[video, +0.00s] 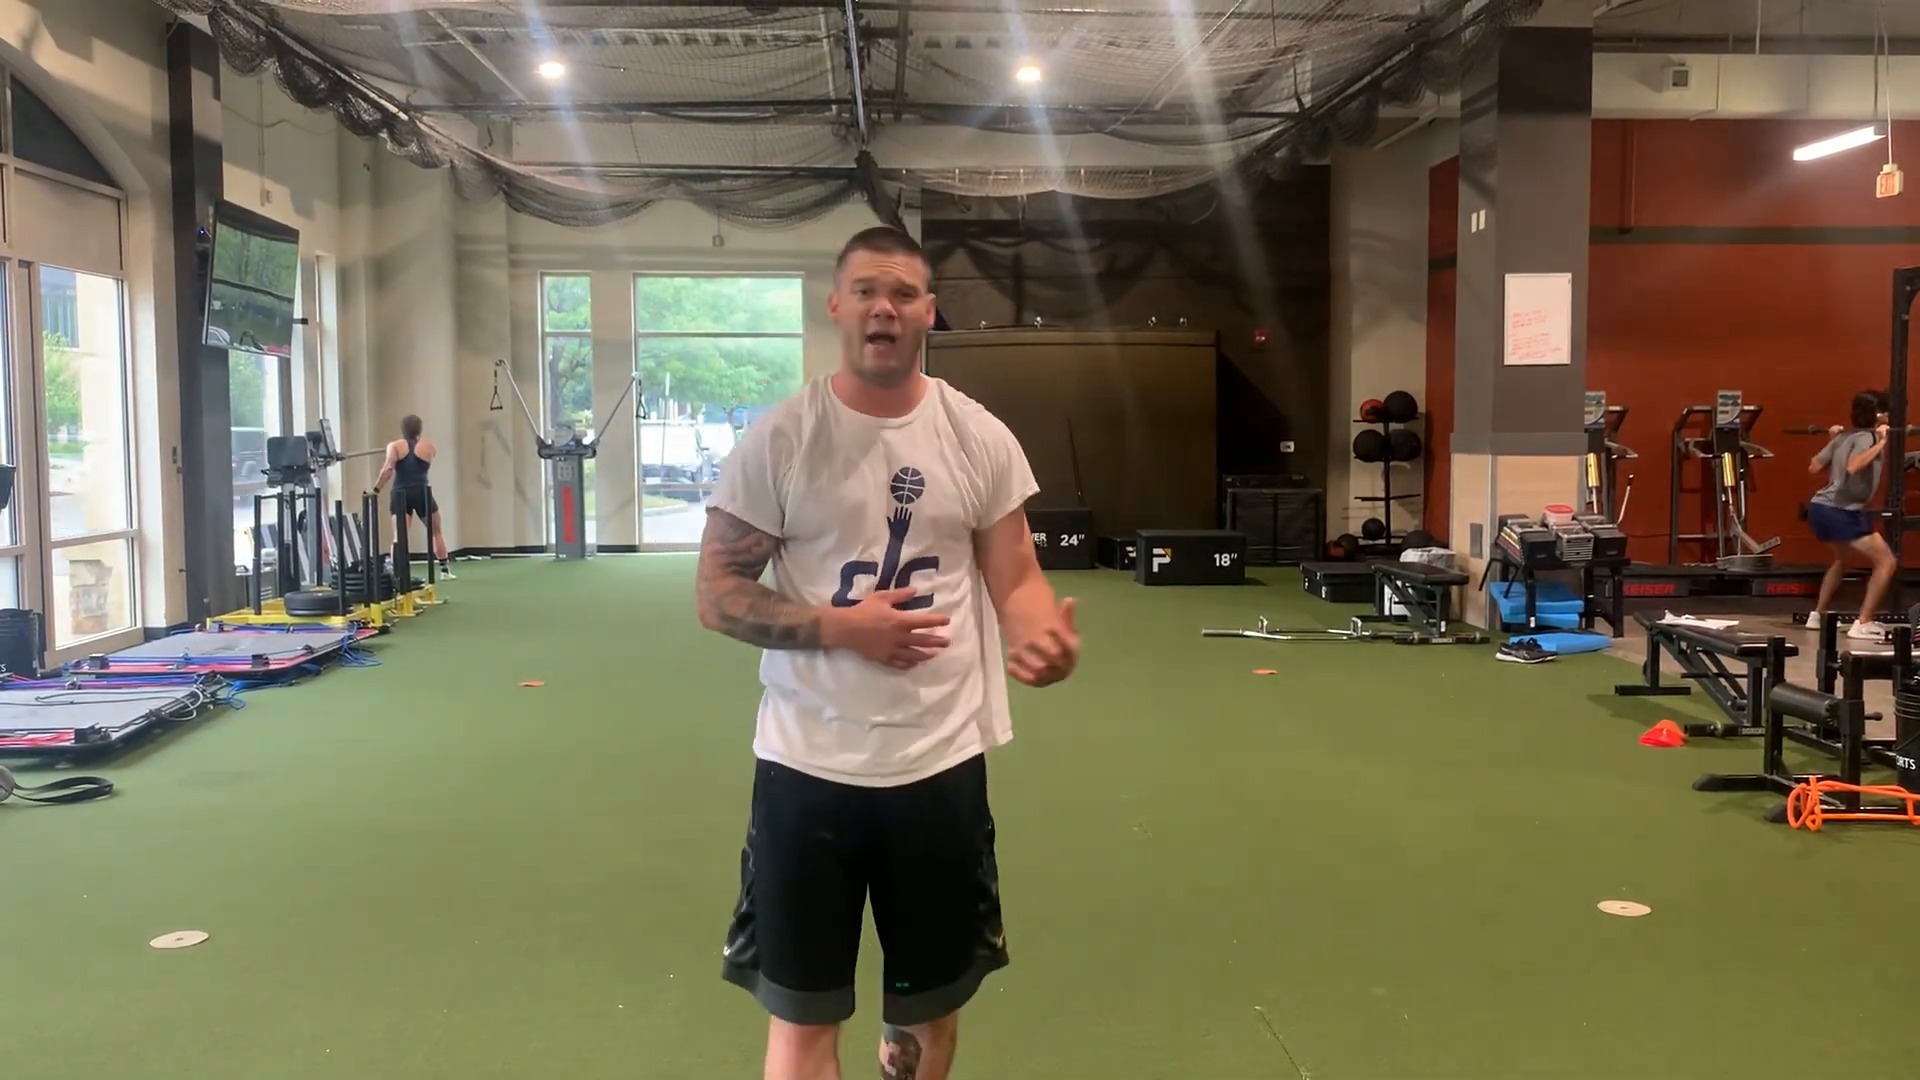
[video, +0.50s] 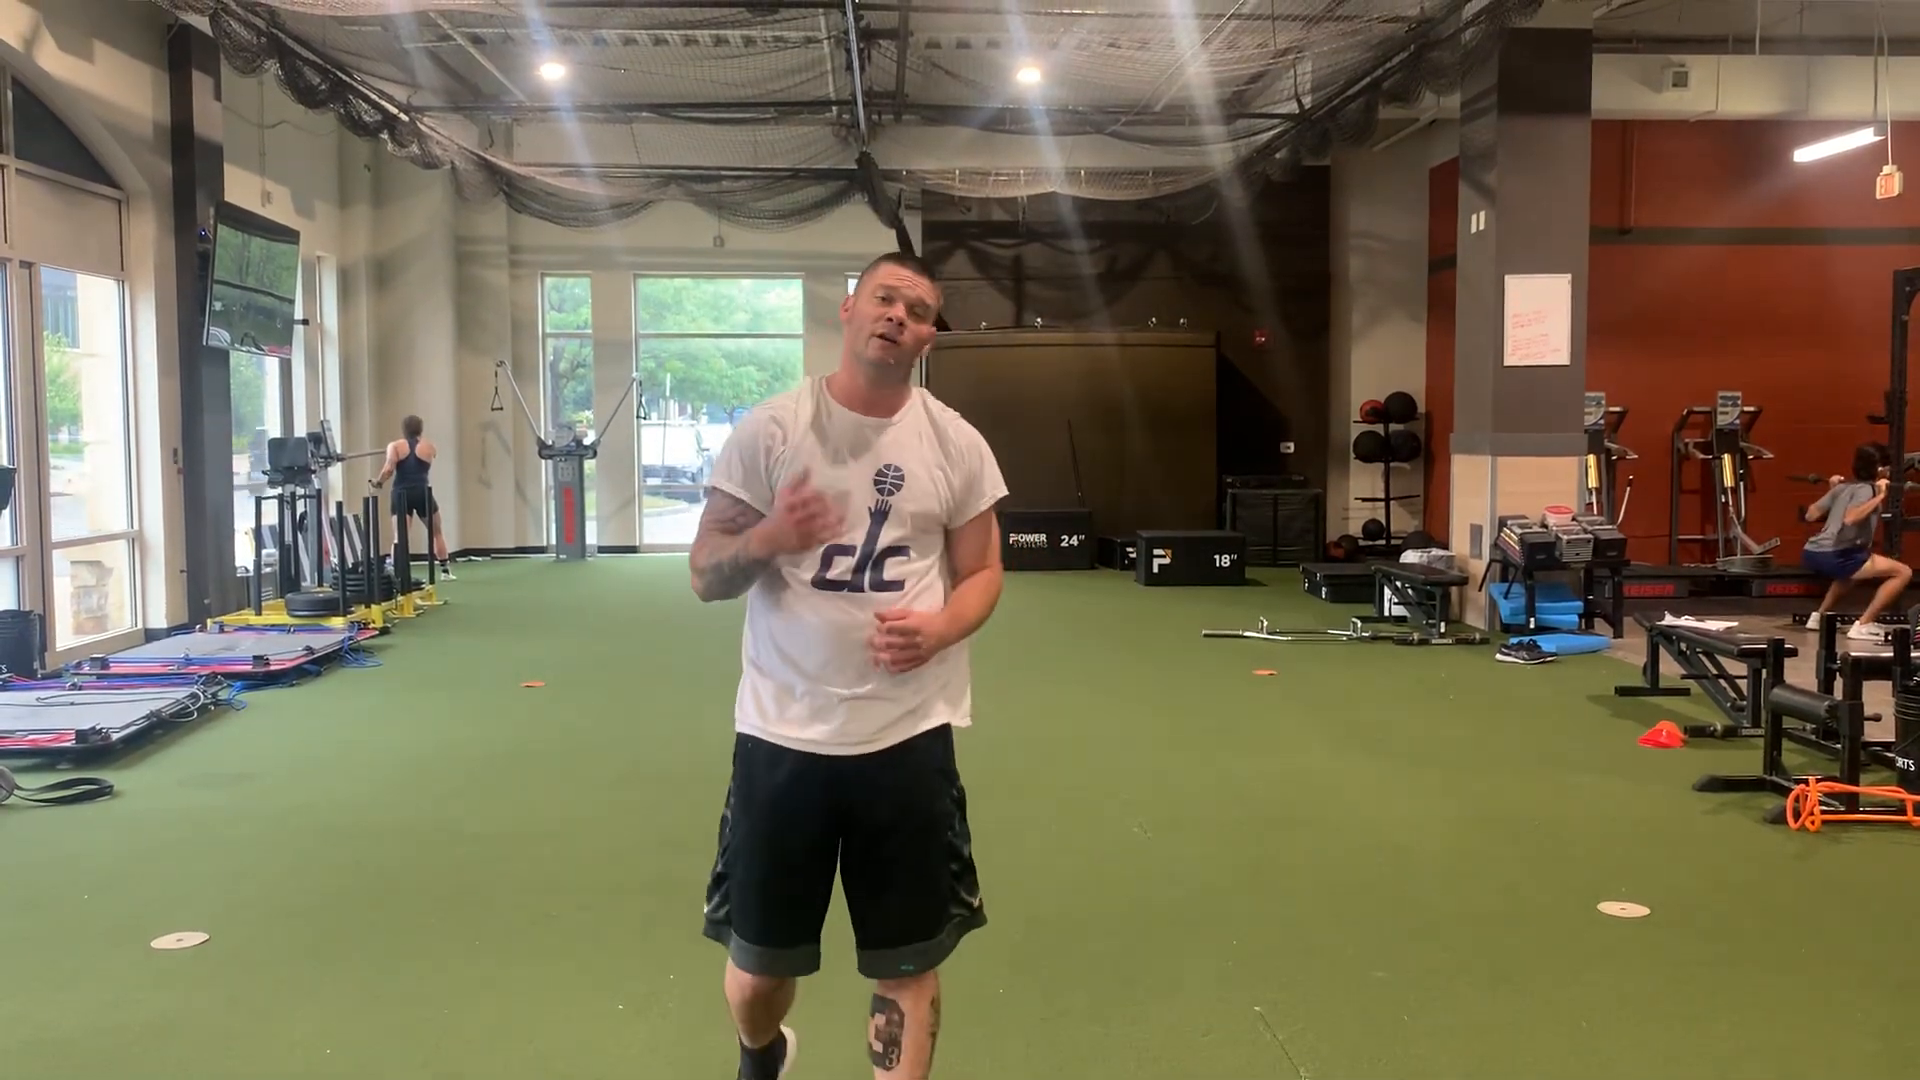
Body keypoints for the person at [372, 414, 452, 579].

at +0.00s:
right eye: (418, 428)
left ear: (403, 430)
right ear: (420, 430)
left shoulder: (394, 447)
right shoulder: (429, 448)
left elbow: (388, 469)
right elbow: (423, 467)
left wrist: (377, 488)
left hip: (400, 493)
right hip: (422, 492)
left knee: (398, 536)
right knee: (436, 532)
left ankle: (394, 571)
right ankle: (445, 569)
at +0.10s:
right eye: (418, 428)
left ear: (403, 430)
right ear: (420, 429)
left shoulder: (394, 446)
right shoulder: (429, 447)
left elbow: (388, 469)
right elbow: (424, 466)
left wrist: (377, 488)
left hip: (400, 493)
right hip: (421, 492)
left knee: (398, 536)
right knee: (436, 531)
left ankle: (394, 570)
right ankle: (445, 569)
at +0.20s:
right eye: (418, 428)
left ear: (403, 429)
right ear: (420, 429)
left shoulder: (394, 446)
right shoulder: (429, 447)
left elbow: (388, 469)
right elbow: (425, 466)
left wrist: (377, 486)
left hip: (400, 492)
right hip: (421, 492)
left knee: (398, 536)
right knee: (436, 531)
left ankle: (394, 570)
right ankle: (445, 569)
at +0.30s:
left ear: (403, 430)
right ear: (420, 430)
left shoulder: (394, 446)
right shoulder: (429, 447)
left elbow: (388, 469)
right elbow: (425, 466)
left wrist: (377, 486)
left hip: (401, 493)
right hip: (422, 493)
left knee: (399, 537)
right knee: (436, 532)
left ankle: (395, 572)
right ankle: (445, 569)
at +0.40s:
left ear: (403, 430)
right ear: (420, 430)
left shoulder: (394, 446)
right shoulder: (429, 447)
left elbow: (388, 469)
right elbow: (425, 466)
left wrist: (378, 484)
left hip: (400, 494)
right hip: (421, 493)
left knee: (399, 536)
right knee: (436, 532)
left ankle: (395, 571)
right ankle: (445, 570)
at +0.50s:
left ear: (404, 430)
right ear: (420, 430)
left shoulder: (395, 446)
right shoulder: (429, 448)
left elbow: (389, 469)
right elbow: (428, 463)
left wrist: (379, 482)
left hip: (401, 493)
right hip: (422, 493)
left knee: (399, 536)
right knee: (436, 532)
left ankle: (394, 570)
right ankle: (445, 570)